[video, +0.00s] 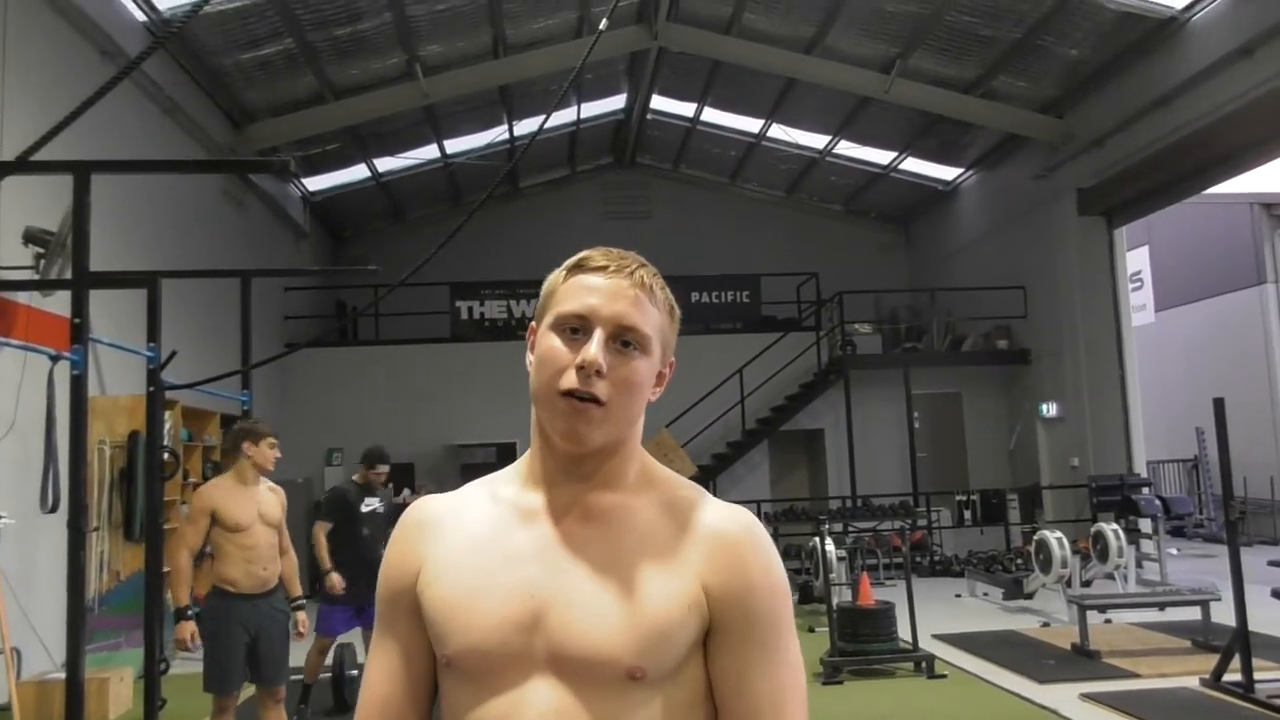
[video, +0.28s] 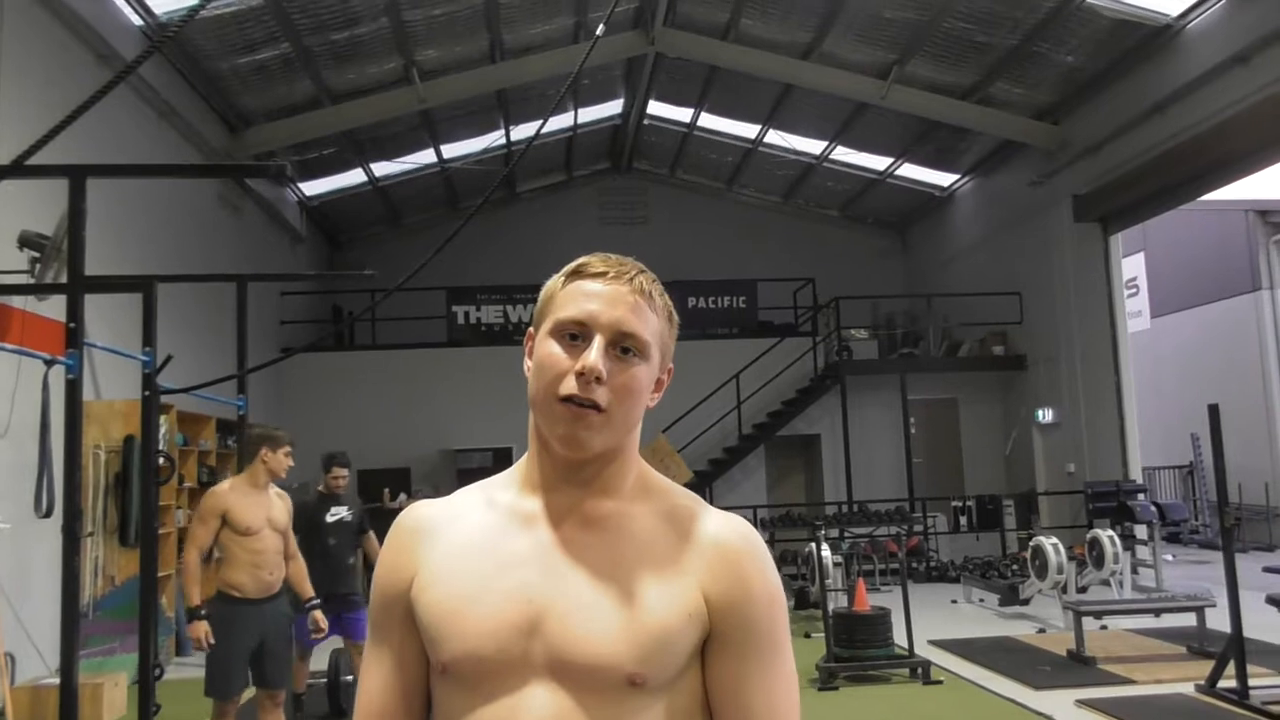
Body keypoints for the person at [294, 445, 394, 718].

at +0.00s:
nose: (383, 479)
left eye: (386, 474)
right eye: (378, 474)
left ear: (387, 472)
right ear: (364, 470)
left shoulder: (382, 496)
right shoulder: (341, 495)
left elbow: (382, 537)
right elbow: (319, 531)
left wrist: (386, 568)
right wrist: (328, 571)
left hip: (373, 584)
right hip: (341, 585)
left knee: (375, 646)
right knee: (323, 646)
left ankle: (377, 700)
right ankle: (304, 702)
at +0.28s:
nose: (341, 483)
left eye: (345, 478)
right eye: (336, 478)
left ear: (349, 478)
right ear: (324, 477)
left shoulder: (354, 505)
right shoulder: (305, 507)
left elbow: (369, 540)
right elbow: (291, 544)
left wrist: (386, 568)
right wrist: (293, 580)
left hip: (350, 590)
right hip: (313, 590)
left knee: (358, 647)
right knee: (303, 650)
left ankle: (367, 698)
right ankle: (298, 701)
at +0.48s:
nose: (320, 487)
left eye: (325, 482)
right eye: (315, 482)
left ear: (331, 483)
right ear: (305, 482)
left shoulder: (337, 509)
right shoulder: (293, 508)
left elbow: (352, 542)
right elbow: (282, 546)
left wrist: (363, 572)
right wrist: (282, 580)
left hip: (331, 588)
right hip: (297, 589)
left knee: (345, 650)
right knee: (293, 652)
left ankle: (344, 704)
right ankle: (292, 705)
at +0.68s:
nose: (316, 488)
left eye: (319, 484)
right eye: (311, 483)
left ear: (323, 486)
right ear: (301, 485)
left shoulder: (327, 512)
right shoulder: (288, 511)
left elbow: (342, 545)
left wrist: (354, 580)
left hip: (323, 588)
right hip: (291, 591)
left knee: (335, 655)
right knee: (292, 657)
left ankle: (344, 708)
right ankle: (286, 707)